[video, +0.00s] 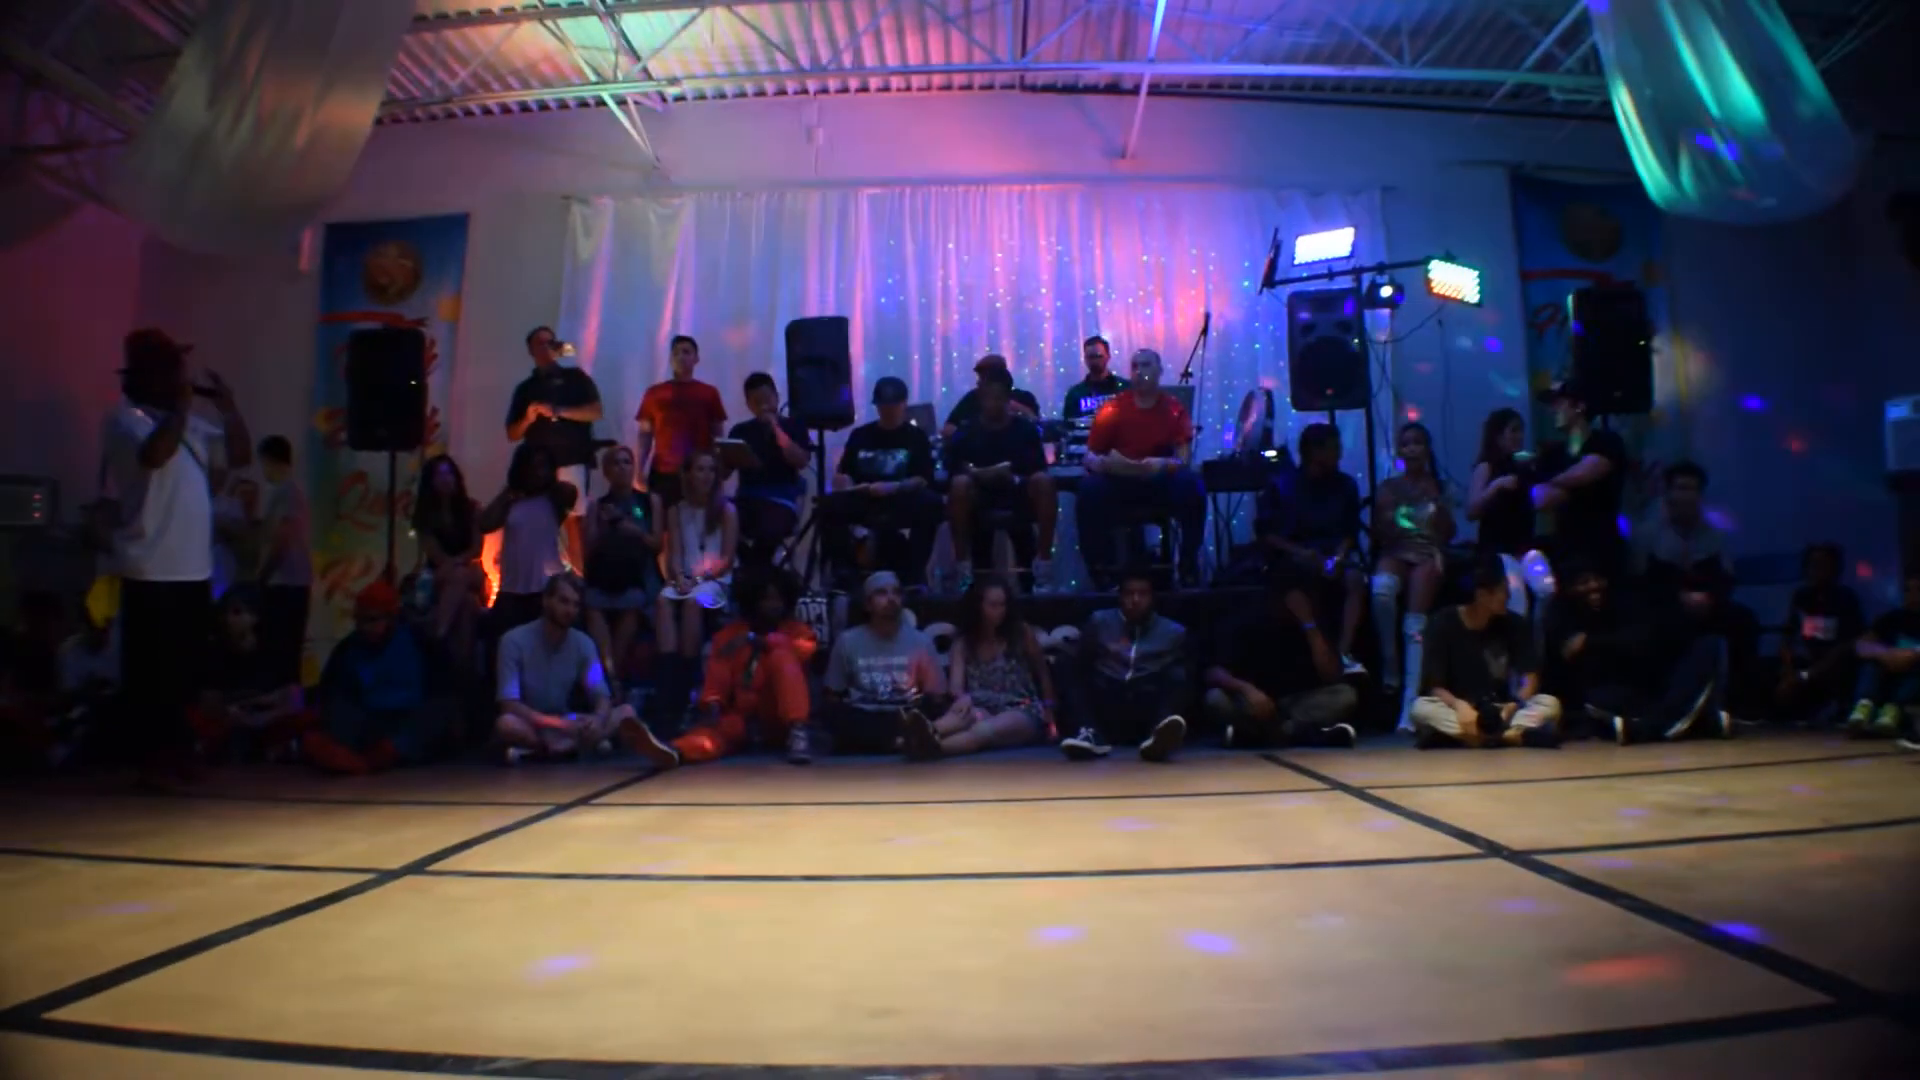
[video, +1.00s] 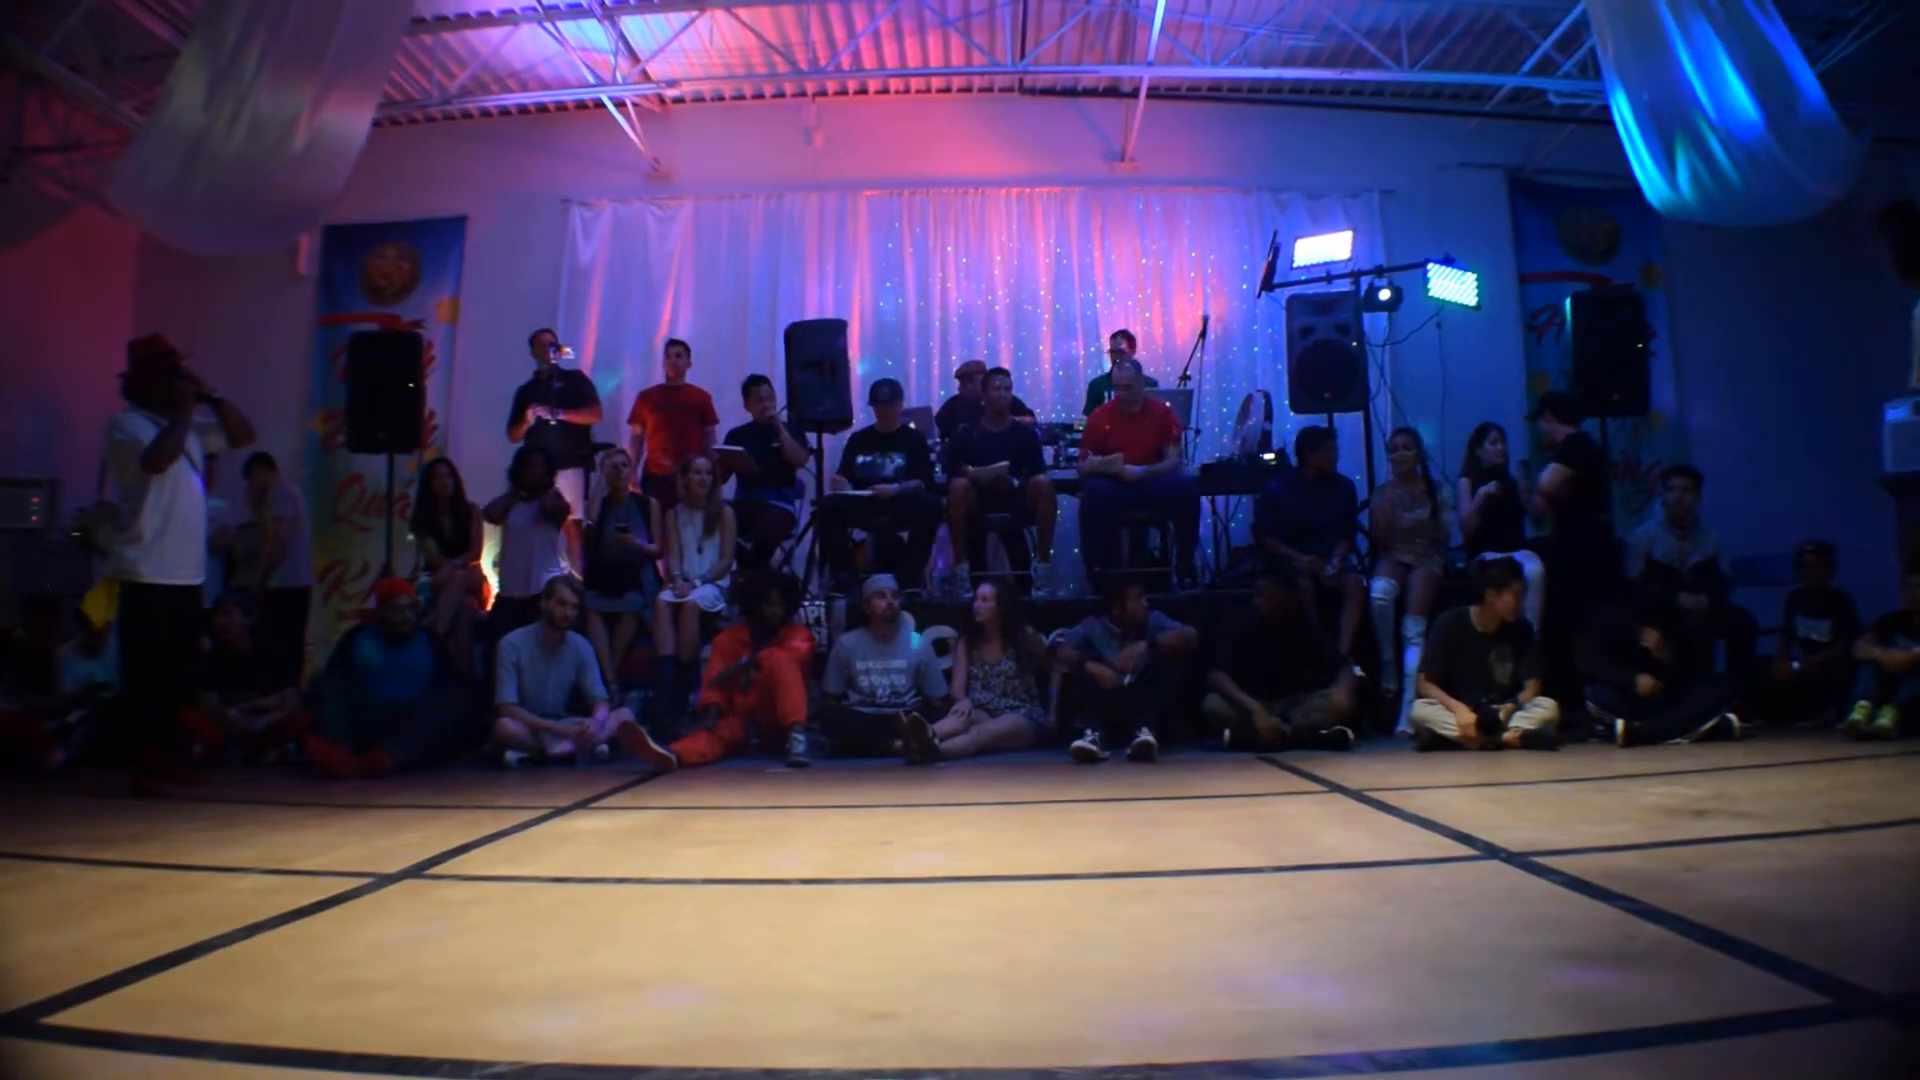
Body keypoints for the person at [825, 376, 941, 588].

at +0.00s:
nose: (889, 412)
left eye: (894, 406)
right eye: (884, 406)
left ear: (904, 405)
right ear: (876, 406)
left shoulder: (916, 436)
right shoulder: (860, 436)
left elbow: (924, 478)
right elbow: (840, 478)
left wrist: (892, 487)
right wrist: (861, 489)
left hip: (903, 499)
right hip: (865, 499)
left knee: (930, 505)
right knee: (830, 505)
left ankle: (914, 575)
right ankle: (843, 575)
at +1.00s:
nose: (884, 411)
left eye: (889, 405)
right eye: (879, 405)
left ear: (900, 405)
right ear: (872, 407)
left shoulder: (914, 439)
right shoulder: (858, 439)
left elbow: (925, 481)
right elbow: (844, 478)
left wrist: (895, 489)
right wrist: (840, 484)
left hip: (900, 501)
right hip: (862, 501)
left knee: (930, 507)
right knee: (829, 508)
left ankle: (910, 578)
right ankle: (843, 577)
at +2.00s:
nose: (887, 403)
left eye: (891, 397)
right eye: (881, 398)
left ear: (897, 400)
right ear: (870, 403)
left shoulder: (910, 439)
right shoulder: (854, 441)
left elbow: (918, 483)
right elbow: (837, 485)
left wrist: (878, 486)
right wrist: (852, 484)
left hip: (897, 502)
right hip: (861, 503)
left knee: (928, 508)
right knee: (827, 507)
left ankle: (908, 579)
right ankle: (841, 578)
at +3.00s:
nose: (894, 403)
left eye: (897, 397)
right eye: (887, 398)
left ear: (903, 401)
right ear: (875, 403)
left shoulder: (914, 439)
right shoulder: (857, 439)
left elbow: (919, 483)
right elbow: (838, 481)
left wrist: (874, 485)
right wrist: (847, 484)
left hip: (897, 501)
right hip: (860, 501)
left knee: (927, 508)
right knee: (826, 506)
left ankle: (907, 580)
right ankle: (840, 578)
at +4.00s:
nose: (909, 408)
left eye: (910, 403)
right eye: (904, 403)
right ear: (886, 405)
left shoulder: (915, 440)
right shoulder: (857, 438)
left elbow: (919, 484)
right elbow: (836, 482)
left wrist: (875, 485)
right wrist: (851, 483)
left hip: (898, 503)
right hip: (860, 503)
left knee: (927, 508)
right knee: (825, 507)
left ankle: (910, 579)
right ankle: (839, 576)